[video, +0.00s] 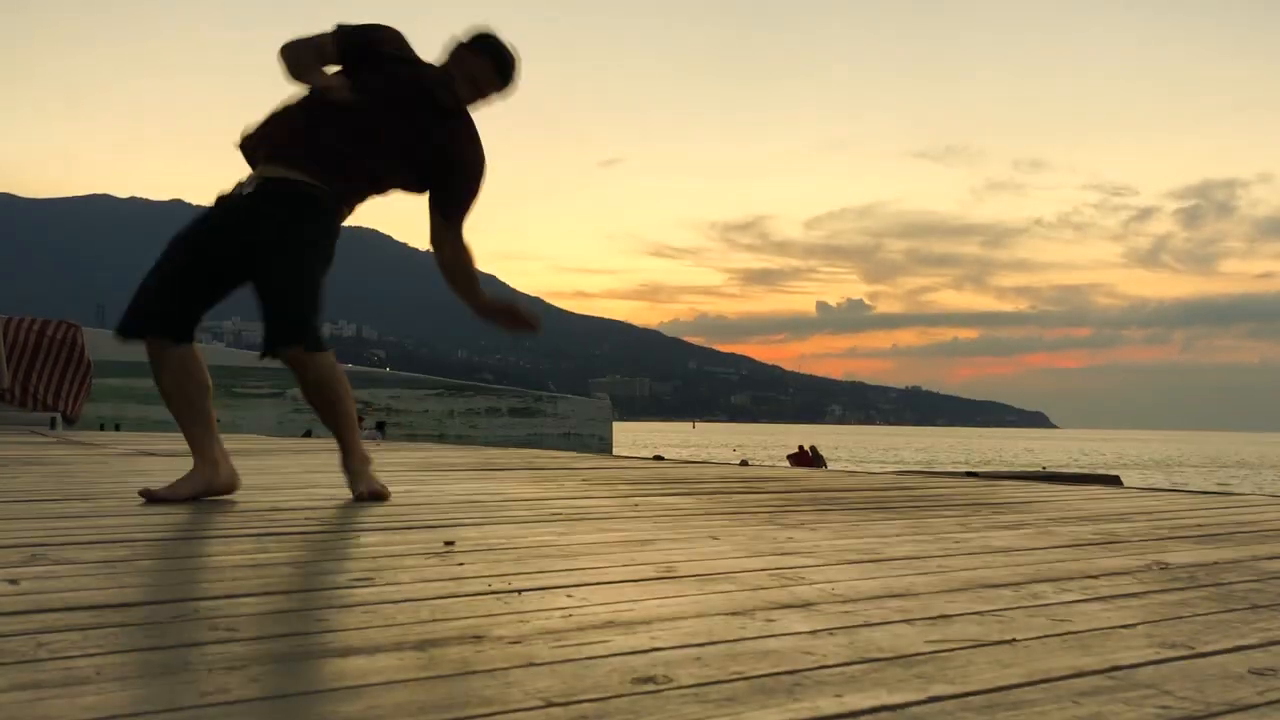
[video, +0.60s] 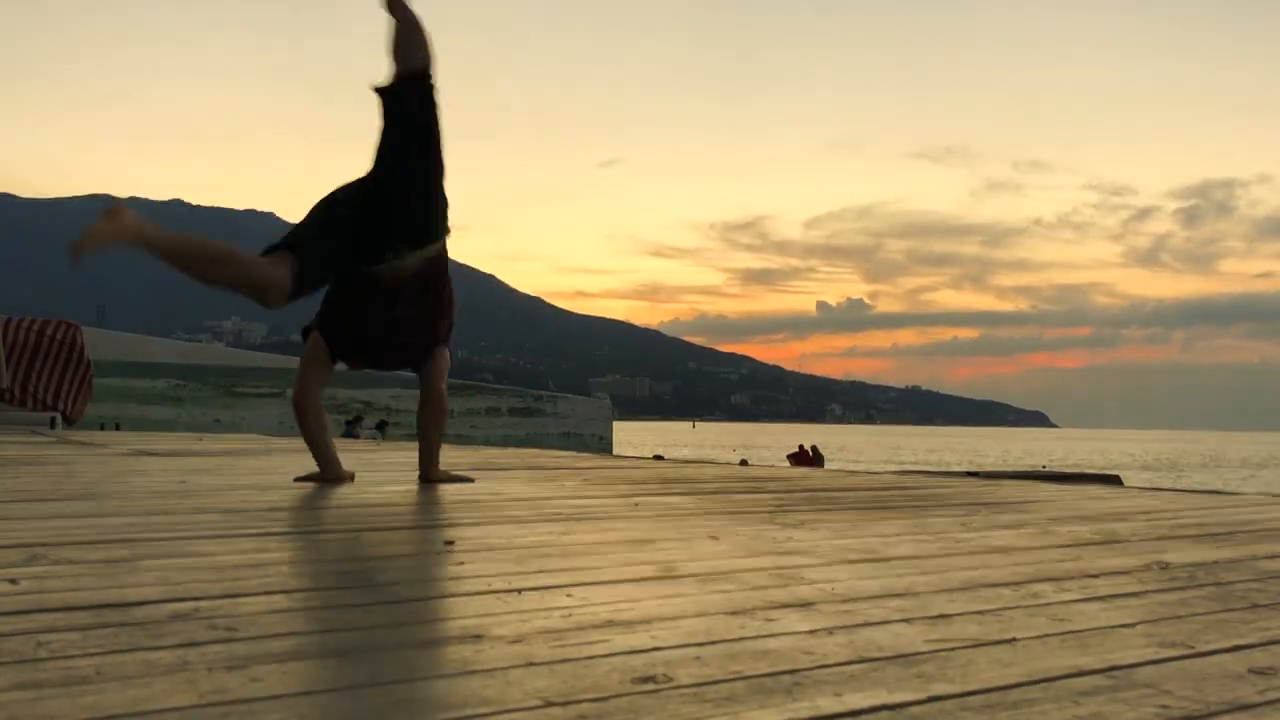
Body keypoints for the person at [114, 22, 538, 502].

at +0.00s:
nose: (469, 87)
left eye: (482, 87)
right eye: (469, 72)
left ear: (488, 95)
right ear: (453, 54)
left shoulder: (460, 149)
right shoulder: (384, 48)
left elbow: (448, 239)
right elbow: (295, 52)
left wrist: (481, 303)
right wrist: (321, 77)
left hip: (309, 214)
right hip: (250, 198)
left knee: (297, 342)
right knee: (161, 321)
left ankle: (357, 464)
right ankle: (211, 464)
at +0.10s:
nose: (497, 150)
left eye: (509, 153)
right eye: (501, 137)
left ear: (507, 159)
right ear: (485, 113)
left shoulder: (454, 197)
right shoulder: (428, 81)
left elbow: (421, 278)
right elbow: (371, 67)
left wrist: (454, 355)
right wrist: (433, 120)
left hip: (326, 230)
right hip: (256, 192)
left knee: (366, 337)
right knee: (176, 320)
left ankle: (341, 468)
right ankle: (152, 455)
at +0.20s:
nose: (497, 209)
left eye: (502, 210)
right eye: (501, 197)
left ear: (486, 210)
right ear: (491, 166)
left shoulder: (434, 231)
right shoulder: (466, 140)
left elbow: (386, 302)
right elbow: (463, 149)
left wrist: (384, 393)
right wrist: (523, 214)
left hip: (325, 232)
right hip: (285, 182)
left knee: (400, 336)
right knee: (215, 296)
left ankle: (342, 470)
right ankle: (87, 367)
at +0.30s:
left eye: (454, 271)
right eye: (472, 264)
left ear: (450, 249)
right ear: (482, 236)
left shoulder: (405, 253)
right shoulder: (484, 217)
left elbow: (371, 339)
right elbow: (504, 289)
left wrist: (337, 432)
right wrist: (519, 342)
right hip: (320, 177)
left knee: (388, 338)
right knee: (224, 247)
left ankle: (340, 464)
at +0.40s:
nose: (474, 319)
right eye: (481, 312)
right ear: (475, 290)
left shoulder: (388, 292)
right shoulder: (471, 274)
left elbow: (357, 354)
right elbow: (481, 348)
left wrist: (331, 440)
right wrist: (476, 425)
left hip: (315, 207)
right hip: (360, 171)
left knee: (329, 329)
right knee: (239, 123)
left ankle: (333, 459)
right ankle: (127, 52)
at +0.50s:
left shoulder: (360, 313)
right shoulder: (454, 309)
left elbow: (324, 391)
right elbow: (454, 385)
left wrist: (332, 470)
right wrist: (440, 458)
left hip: (324, 213)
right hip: (379, 180)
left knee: (309, 314)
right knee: (315, 58)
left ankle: (214, 382)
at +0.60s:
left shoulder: (334, 327)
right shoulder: (431, 328)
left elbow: (305, 400)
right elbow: (435, 395)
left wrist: (331, 470)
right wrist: (430, 470)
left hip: (345, 225)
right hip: (411, 220)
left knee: (271, 285)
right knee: (415, 84)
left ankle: (136, 231)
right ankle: (400, 9)